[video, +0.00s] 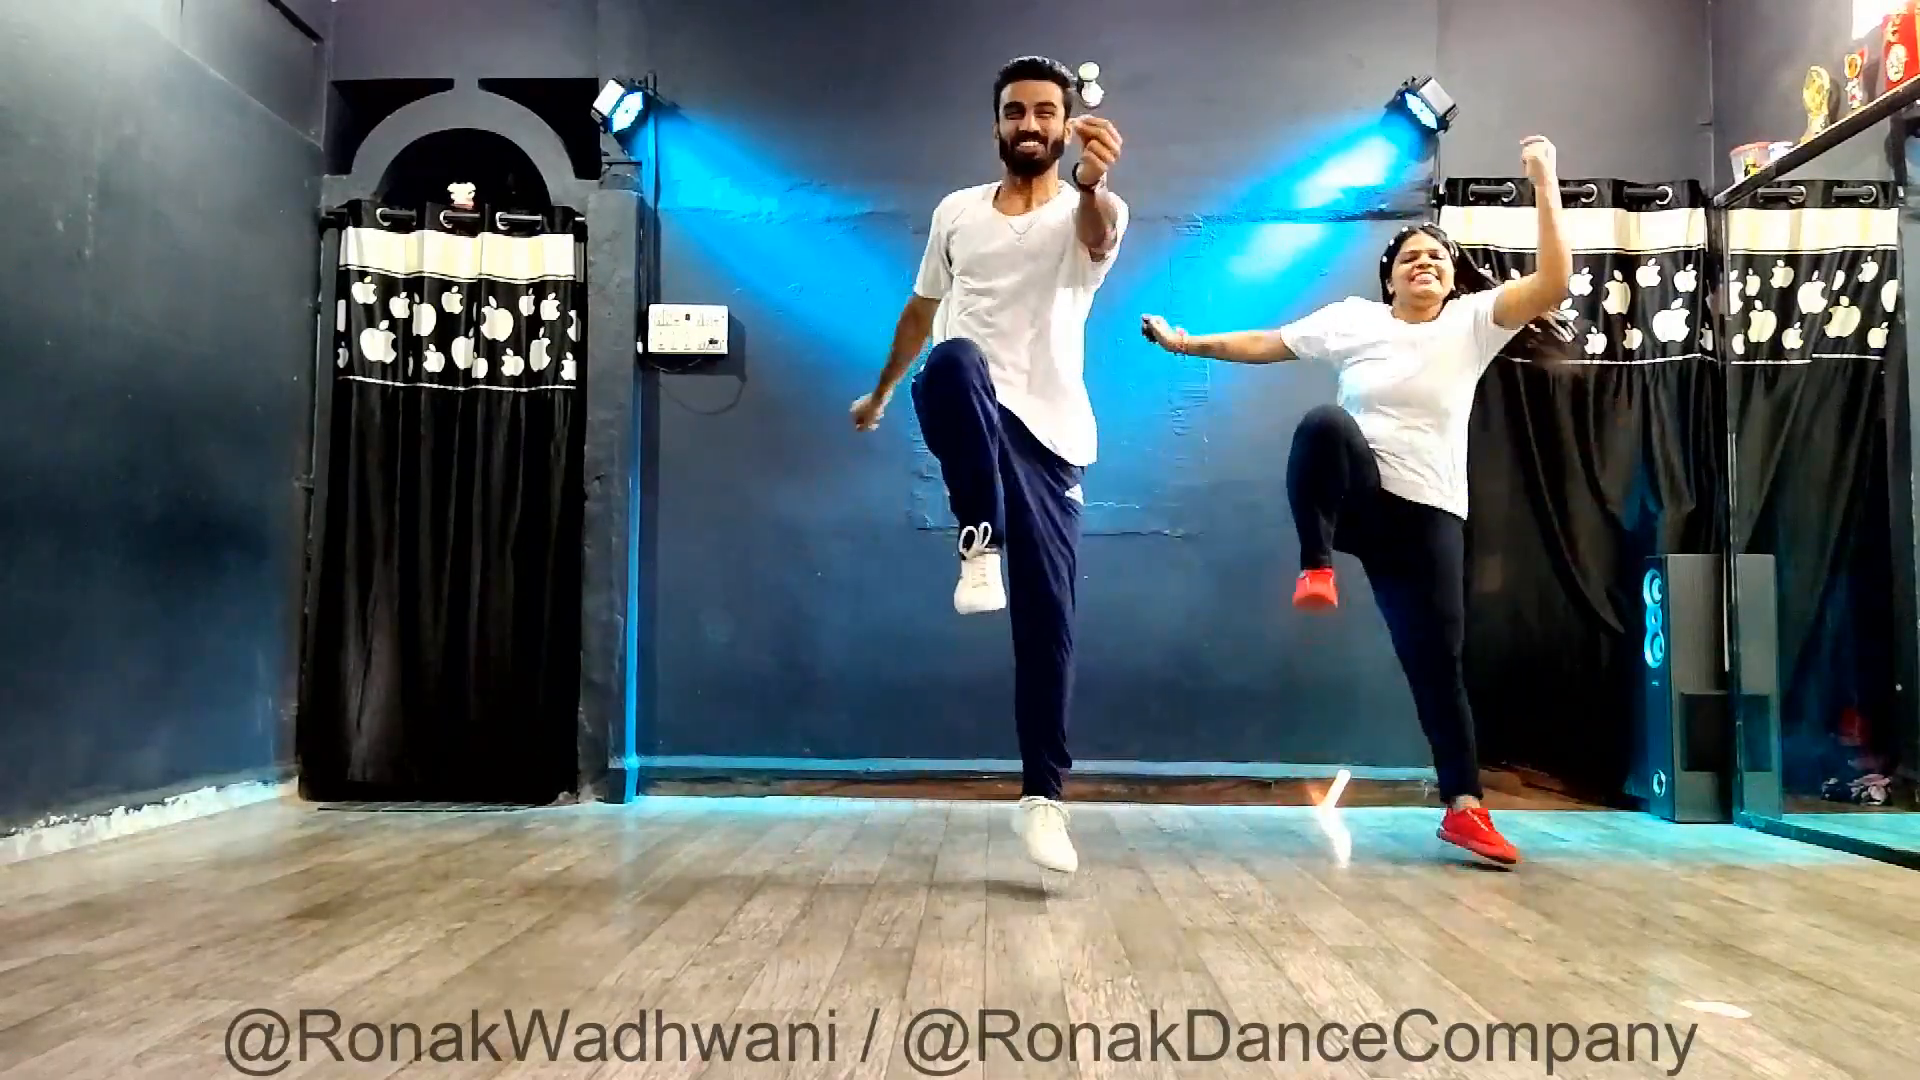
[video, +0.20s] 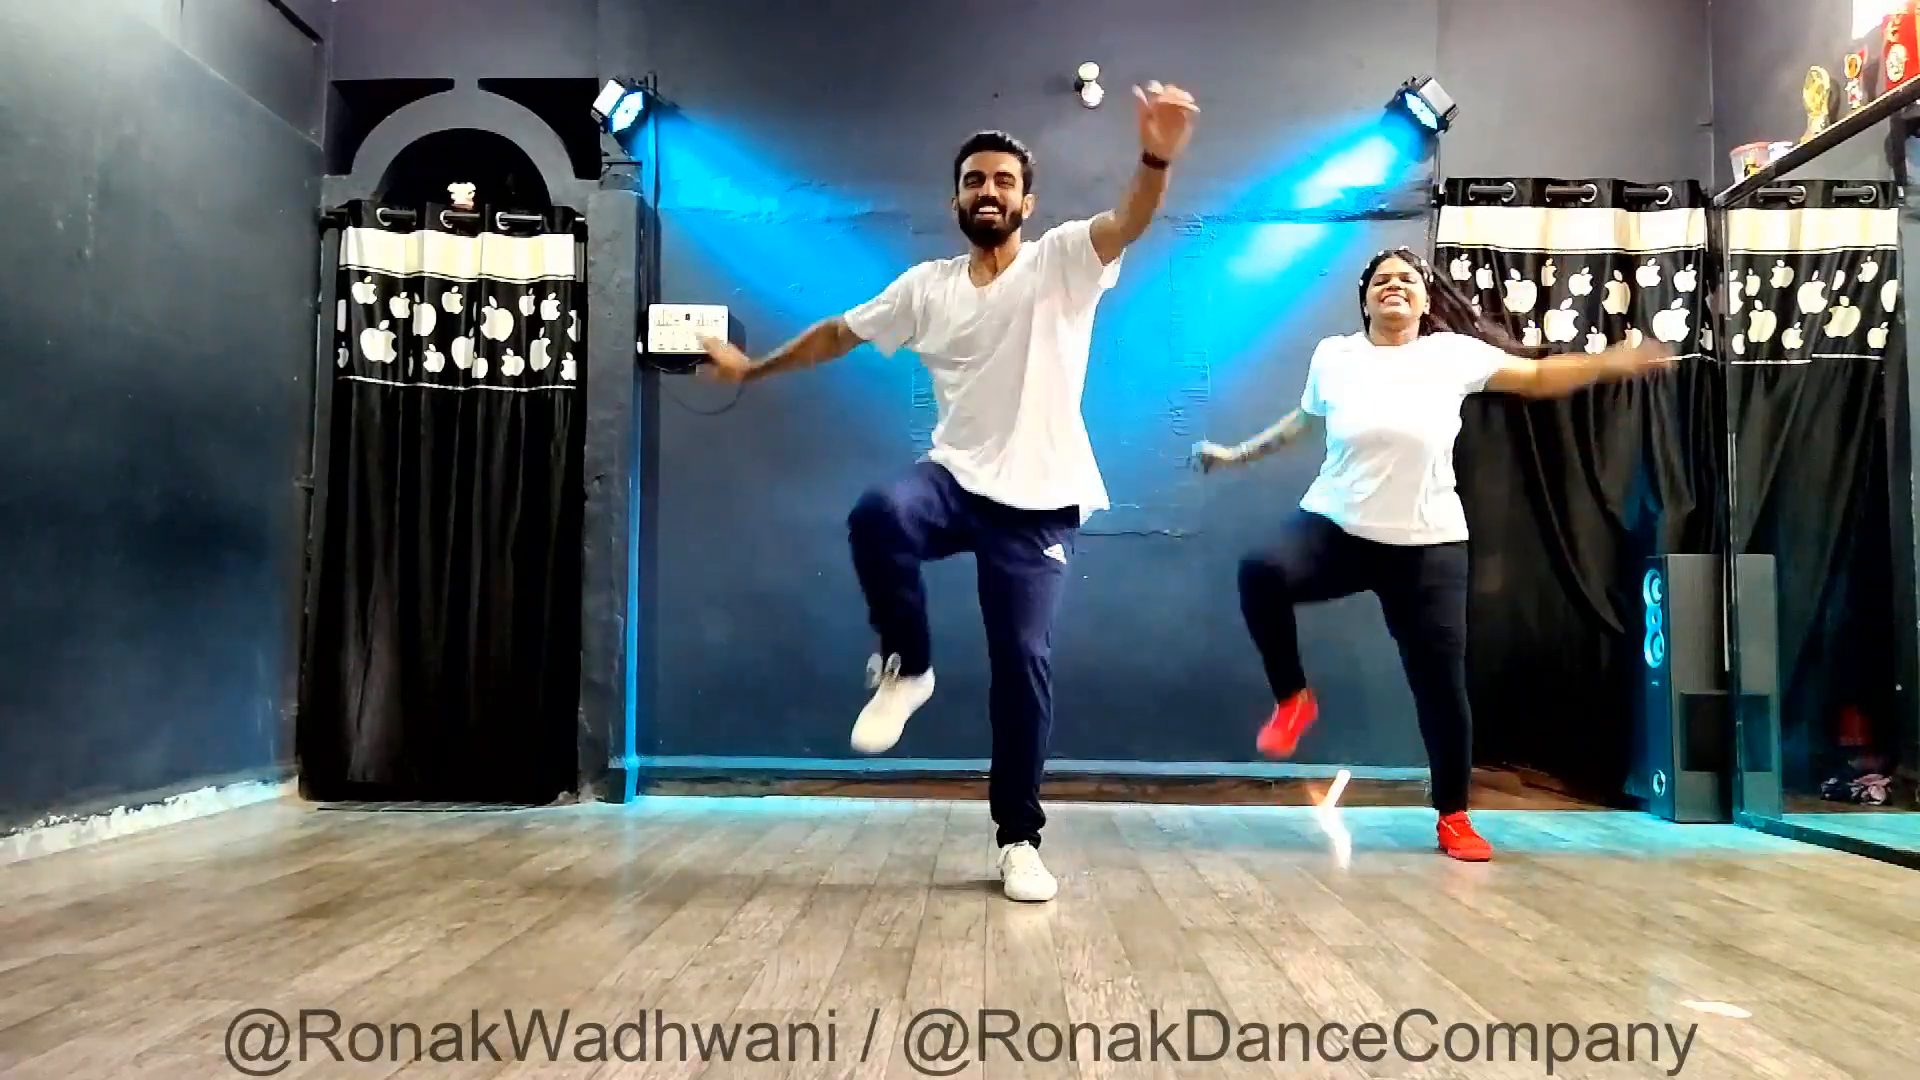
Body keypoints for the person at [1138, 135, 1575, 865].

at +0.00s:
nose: (1424, 265)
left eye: (1436, 259)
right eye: (1411, 258)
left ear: (1452, 278)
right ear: (1390, 276)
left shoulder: (1473, 321)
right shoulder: (1355, 322)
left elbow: (1552, 283)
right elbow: (1271, 344)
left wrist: (1545, 190)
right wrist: (1189, 342)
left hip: (1430, 516)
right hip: (1359, 499)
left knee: (1439, 662)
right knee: (1324, 423)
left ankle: (1463, 806)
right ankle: (1316, 567)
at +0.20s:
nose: (1393, 286)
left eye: (1405, 281)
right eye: (1382, 280)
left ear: (1425, 301)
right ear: (1364, 301)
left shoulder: (1454, 353)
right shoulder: (1333, 358)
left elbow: (1537, 375)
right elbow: (1299, 424)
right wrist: (1234, 454)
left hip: (1427, 540)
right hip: (1338, 529)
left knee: (1442, 680)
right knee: (1262, 572)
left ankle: (1453, 817)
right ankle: (1292, 698)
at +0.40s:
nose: (1348, 318)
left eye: (1359, 311)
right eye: (1338, 310)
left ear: (1376, 327)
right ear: (1318, 322)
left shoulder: (1395, 383)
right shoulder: (1284, 373)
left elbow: (1395, 447)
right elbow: (1266, 416)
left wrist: (1331, 443)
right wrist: (1347, 384)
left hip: (1395, 537)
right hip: (1309, 543)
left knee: (1442, 634)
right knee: (1296, 679)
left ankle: (1453, 788)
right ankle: (1295, 801)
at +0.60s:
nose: (1346, 287)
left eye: (1358, 281)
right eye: (1333, 280)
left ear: (1371, 297)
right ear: (1312, 295)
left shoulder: (1389, 326)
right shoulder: (1281, 330)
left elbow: (1436, 252)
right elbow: (1212, 288)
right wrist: (1212, 210)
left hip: (1376, 501)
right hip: (1301, 512)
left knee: (1456, 502)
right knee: (1300, 660)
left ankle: (1429, 634)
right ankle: (1300, 782)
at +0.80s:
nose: (1344, 325)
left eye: (1354, 318)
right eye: (1332, 318)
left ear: (1367, 334)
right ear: (1312, 332)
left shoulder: (1381, 390)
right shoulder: (1277, 385)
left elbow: (1443, 426)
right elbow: (1211, 438)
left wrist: (1519, 398)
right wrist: (1135, 436)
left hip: (1372, 536)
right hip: (1298, 552)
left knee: (1467, 527)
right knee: (1304, 684)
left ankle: (1436, 651)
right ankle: (1294, 794)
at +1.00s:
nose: (1396, 332)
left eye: (1401, 326)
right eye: (1383, 322)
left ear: (1403, 336)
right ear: (1348, 327)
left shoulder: (1403, 388)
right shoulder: (1317, 367)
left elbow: (1422, 464)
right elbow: (1317, 440)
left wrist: (1469, 525)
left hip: (1386, 547)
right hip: (1317, 541)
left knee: (1413, 670)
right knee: (1330, 672)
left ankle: (1385, 798)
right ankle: (1289, 771)